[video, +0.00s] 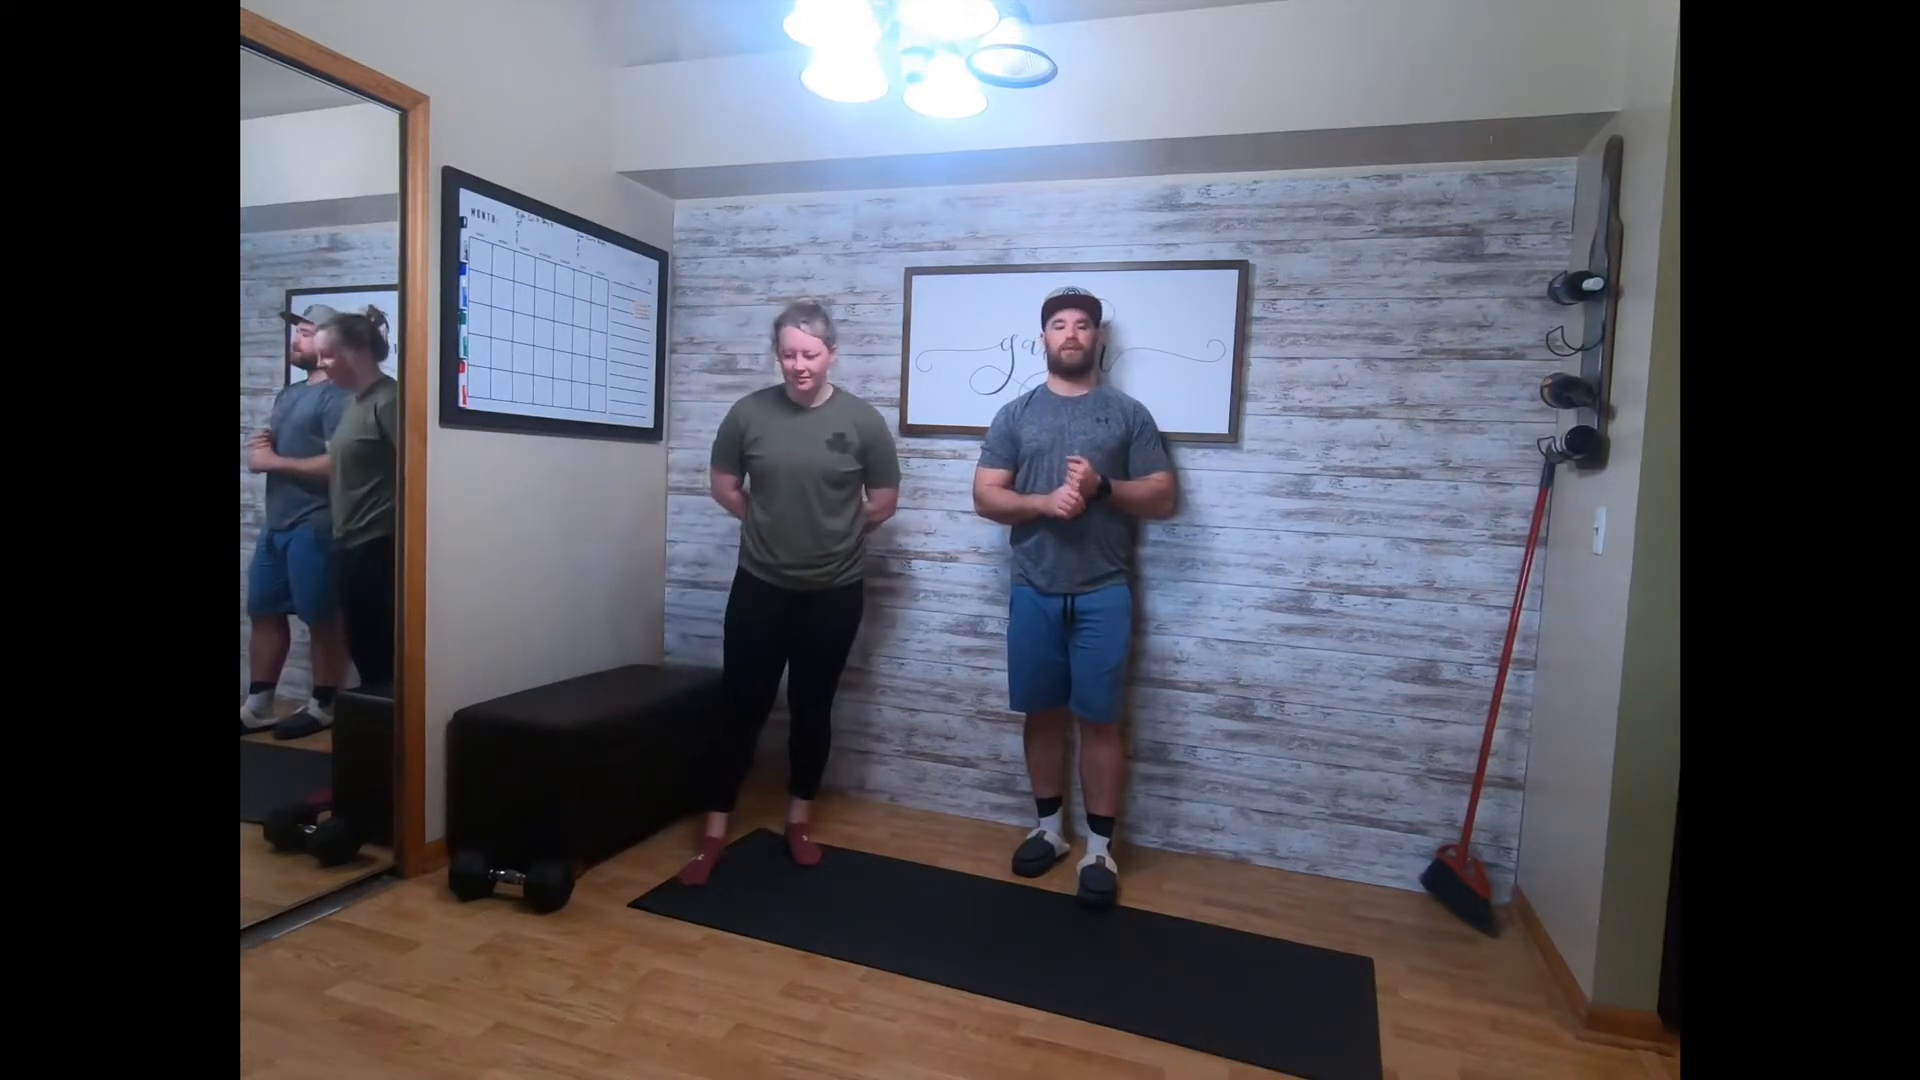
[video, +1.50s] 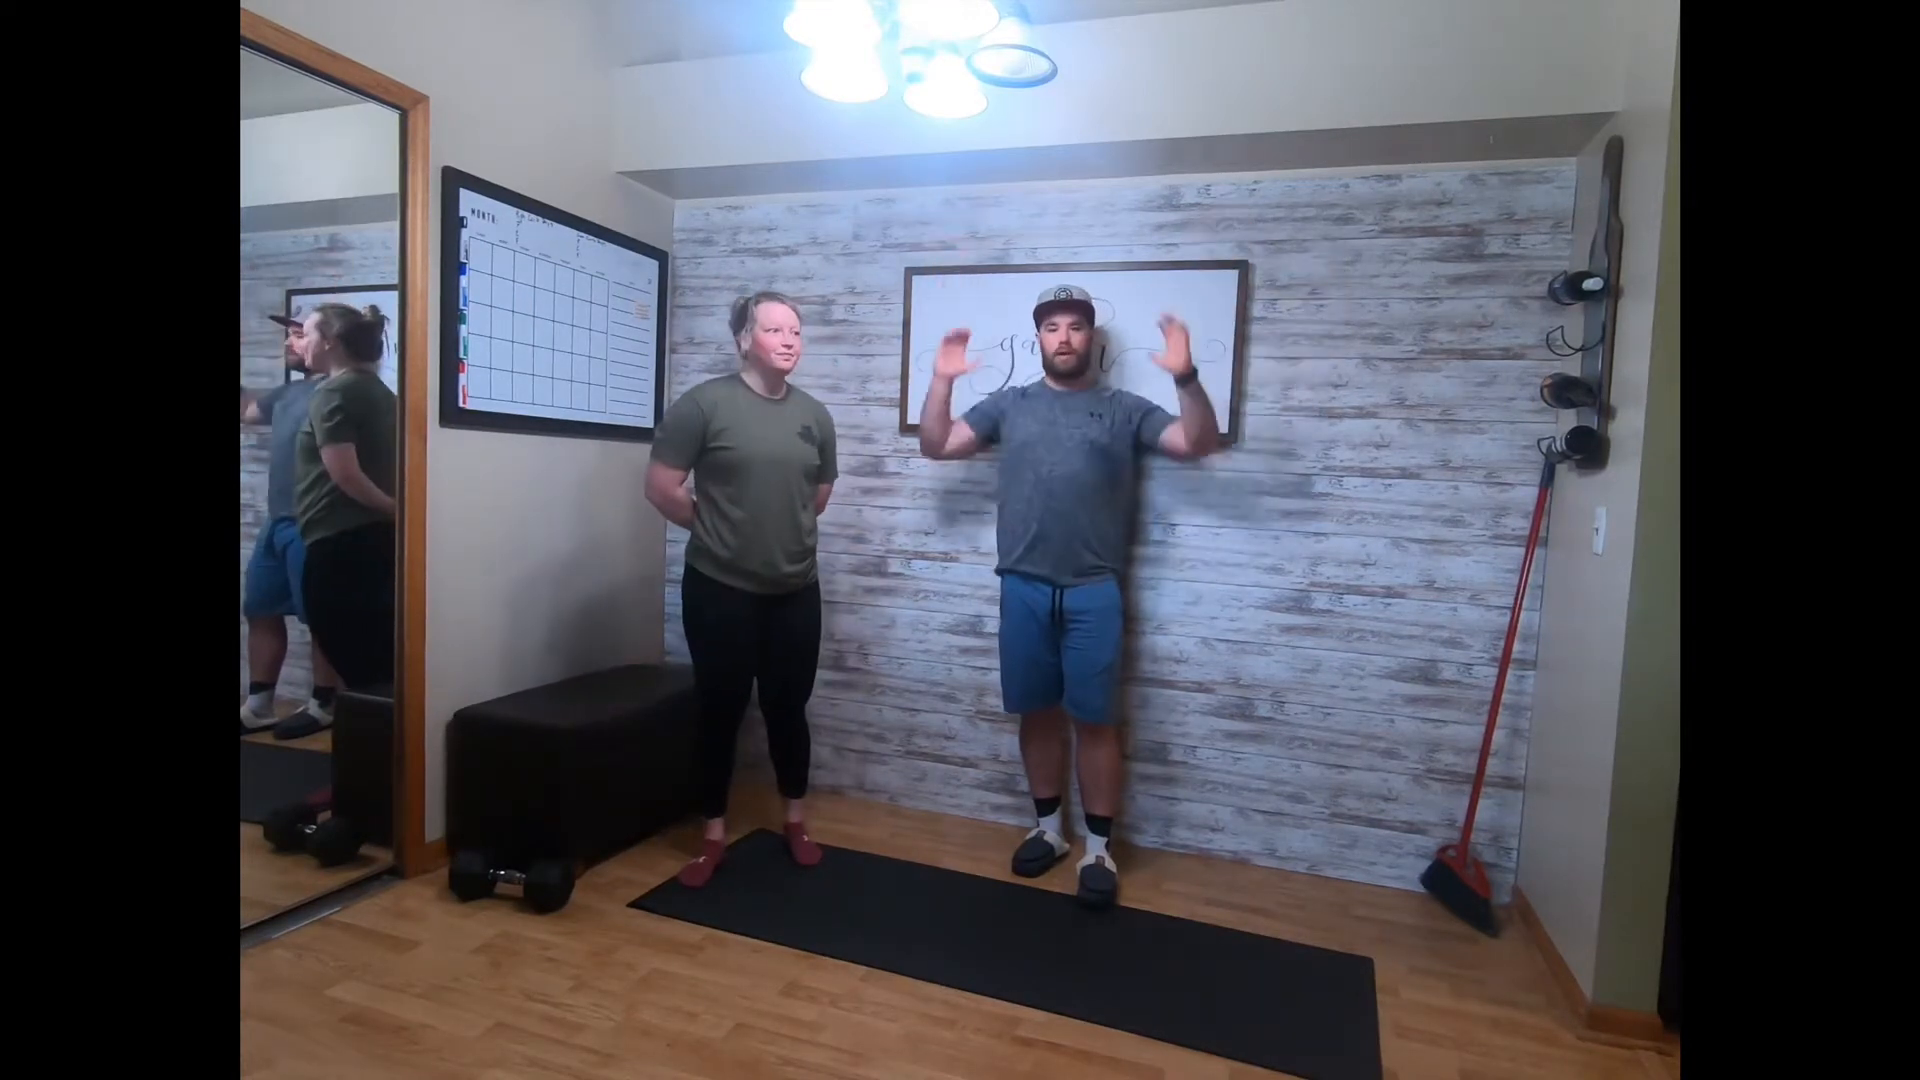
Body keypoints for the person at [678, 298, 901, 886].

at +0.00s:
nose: (800, 365)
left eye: (810, 353)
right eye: (790, 354)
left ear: (832, 356)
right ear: (777, 358)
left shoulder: (863, 422)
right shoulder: (748, 413)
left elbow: (884, 501)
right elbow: (724, 486)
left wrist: (830, 527)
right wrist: (771, 520)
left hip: (832, 592)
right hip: (759, 586)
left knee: (811, 709)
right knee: (739, 707)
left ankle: (798, 823)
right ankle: (714, 833)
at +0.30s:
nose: (788, 364)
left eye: (800, 353)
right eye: (779, 353)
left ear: (826, 355)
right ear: (769, 355)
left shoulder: (858, 421)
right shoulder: (743, 411)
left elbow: (878, 503)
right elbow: (720, 487)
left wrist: (823, 530)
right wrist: (769, 520)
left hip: (825, 592)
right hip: (752, 586)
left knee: (808, 708)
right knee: (735, 706)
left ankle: (797, 823)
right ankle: (714, 833)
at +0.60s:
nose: (777, 354)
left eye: (789, 344)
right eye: (767, 344)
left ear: (812, 350)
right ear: (757, 349)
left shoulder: (842, 416)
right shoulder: (727, 407)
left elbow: (861, 501)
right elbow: (695, 482)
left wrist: (809, 530)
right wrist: (744, 522)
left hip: (811, 590)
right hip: (736, 586)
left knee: (799, 709)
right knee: (727, 709)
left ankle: (797, 822)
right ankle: (715, 834)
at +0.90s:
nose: (776, 344)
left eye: (787, 336)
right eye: (765, 335)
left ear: (803, 344)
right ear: (748, 344)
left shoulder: (829, 417)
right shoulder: (710, 405)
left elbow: (838, 503)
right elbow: (670, 482)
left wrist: (785, 526)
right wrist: (723, 523)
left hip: (798, 591)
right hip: (721, 586)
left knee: (791, 710)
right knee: (720, 712)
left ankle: (796, 822)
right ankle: (714, 833)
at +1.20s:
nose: (787, 341)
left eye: (794, 332)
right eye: (773, 331)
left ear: (802, 343)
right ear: (745, 339)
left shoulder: (816, 417)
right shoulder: (702, 404)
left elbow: (822, 492)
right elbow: (659, 484)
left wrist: (781, 527)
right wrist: (715, 525)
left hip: (790, 589)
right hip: (716, 585)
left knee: (787, 709)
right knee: (718, 711)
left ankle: (794, 821)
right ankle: (713, 835)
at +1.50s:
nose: (790, 340)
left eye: (795, 330)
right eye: (775, 330)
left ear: (801, 342)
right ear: (744, 340)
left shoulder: (814, 417)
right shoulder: (703, 405)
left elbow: (818, 495)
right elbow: (661, 487)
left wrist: (777, 528)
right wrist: (717, 526)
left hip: (793, 589)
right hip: (719, 586)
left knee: (789, 709)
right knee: (718, 711)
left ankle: (795, 821)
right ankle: (713, 835)